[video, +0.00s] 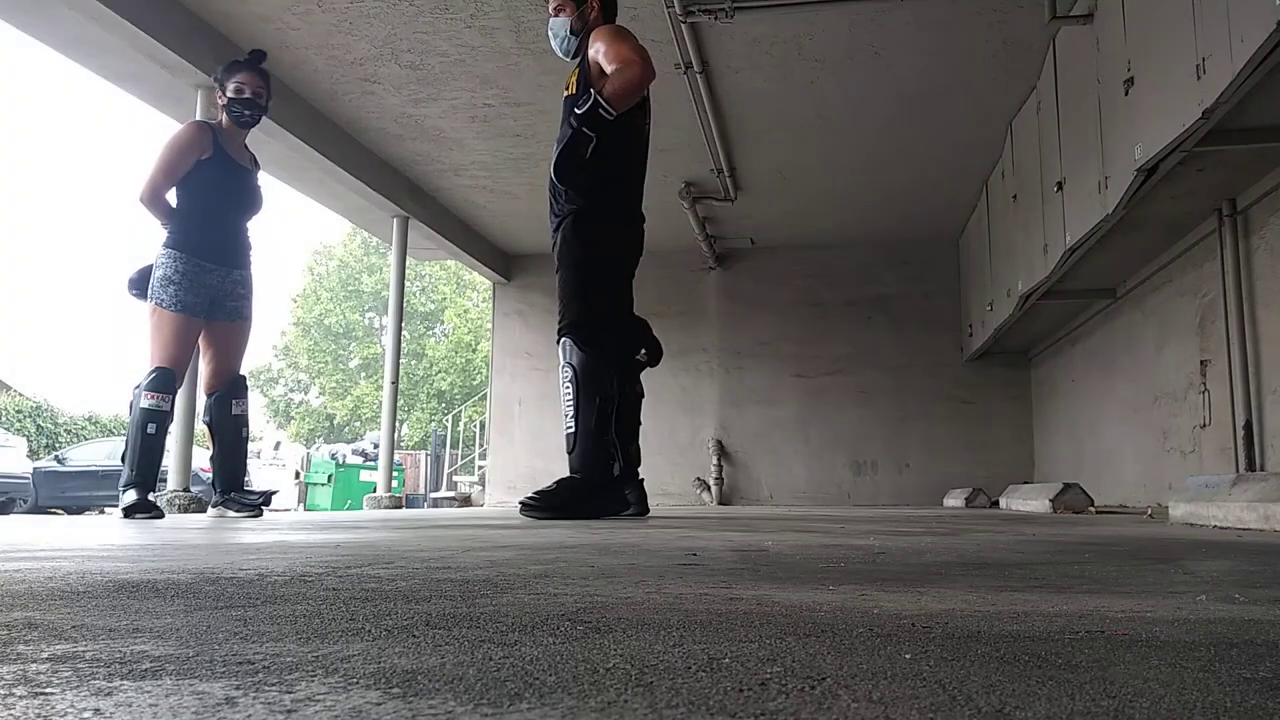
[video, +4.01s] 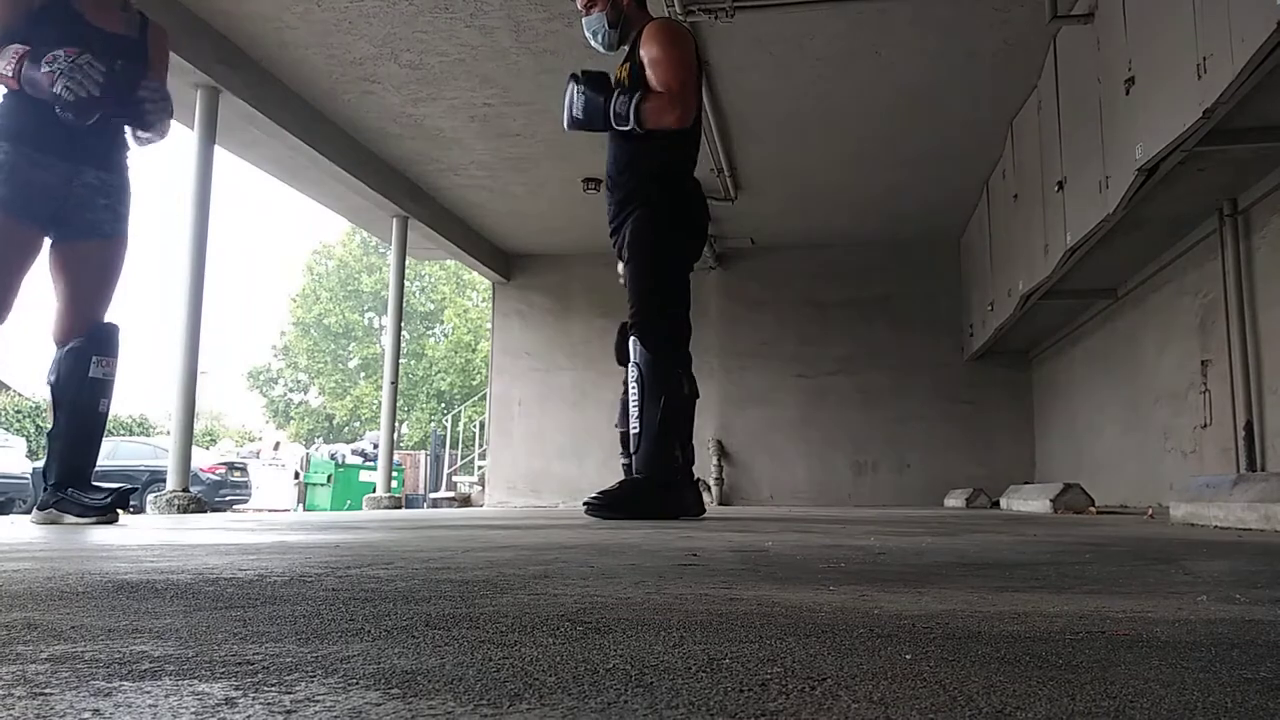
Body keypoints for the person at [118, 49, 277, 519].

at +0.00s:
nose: (248, 99)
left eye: (258, 94)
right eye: (240, 90)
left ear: (266, 103)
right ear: (220, 94)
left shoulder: (250, 159)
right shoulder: (198, 133)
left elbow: (234, 217)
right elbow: (151, 194)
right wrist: (180, 229)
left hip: (235, 273)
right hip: (186, 263)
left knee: (225, 382)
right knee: (164, 375)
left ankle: (228, 488)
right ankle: (138, 489)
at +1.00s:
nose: (226, 95)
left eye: (237, 89)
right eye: (218, 87)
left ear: (255, 98)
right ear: (208, 92)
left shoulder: (261, 160)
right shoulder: (186, 136)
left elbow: (247, 212)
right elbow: (151, 200)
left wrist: (239, 236)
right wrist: (191, 228)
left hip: (239, 274)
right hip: (185, 266)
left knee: (229, 384)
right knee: (165, 376)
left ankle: (229, 488)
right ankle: (137, 489)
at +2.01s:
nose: (188, 77)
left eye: (200, 70)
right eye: (180, 66)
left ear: (216, 79)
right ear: (166, 69)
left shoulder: (226, 141)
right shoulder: (137, 113)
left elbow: (204, 197)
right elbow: (90, 172)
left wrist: (188, 223)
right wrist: (128, 210)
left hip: (196, 258)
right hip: (135, 255)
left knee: (200, 366)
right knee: (139, 378)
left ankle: (205, 479)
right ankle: (137, 492)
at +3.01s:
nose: (108, 10)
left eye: (121, 4)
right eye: (100, 3)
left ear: (138, 9)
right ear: (83, 6)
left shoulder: (158, 67)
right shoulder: (47, 54)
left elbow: (195, 149)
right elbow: (14, 135)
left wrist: (160, 147)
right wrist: (34, 108)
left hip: (133, 216)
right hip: (59, 211)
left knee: (133, 354)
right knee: (17, 346)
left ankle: (146, 489)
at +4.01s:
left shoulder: (151, 31)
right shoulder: (29, 5)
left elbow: (147, 132)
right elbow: (1, 52)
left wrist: (157, 115)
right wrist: (26, 71)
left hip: (101, 176)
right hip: (20, 158)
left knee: (84, 337)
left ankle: (63, 484)